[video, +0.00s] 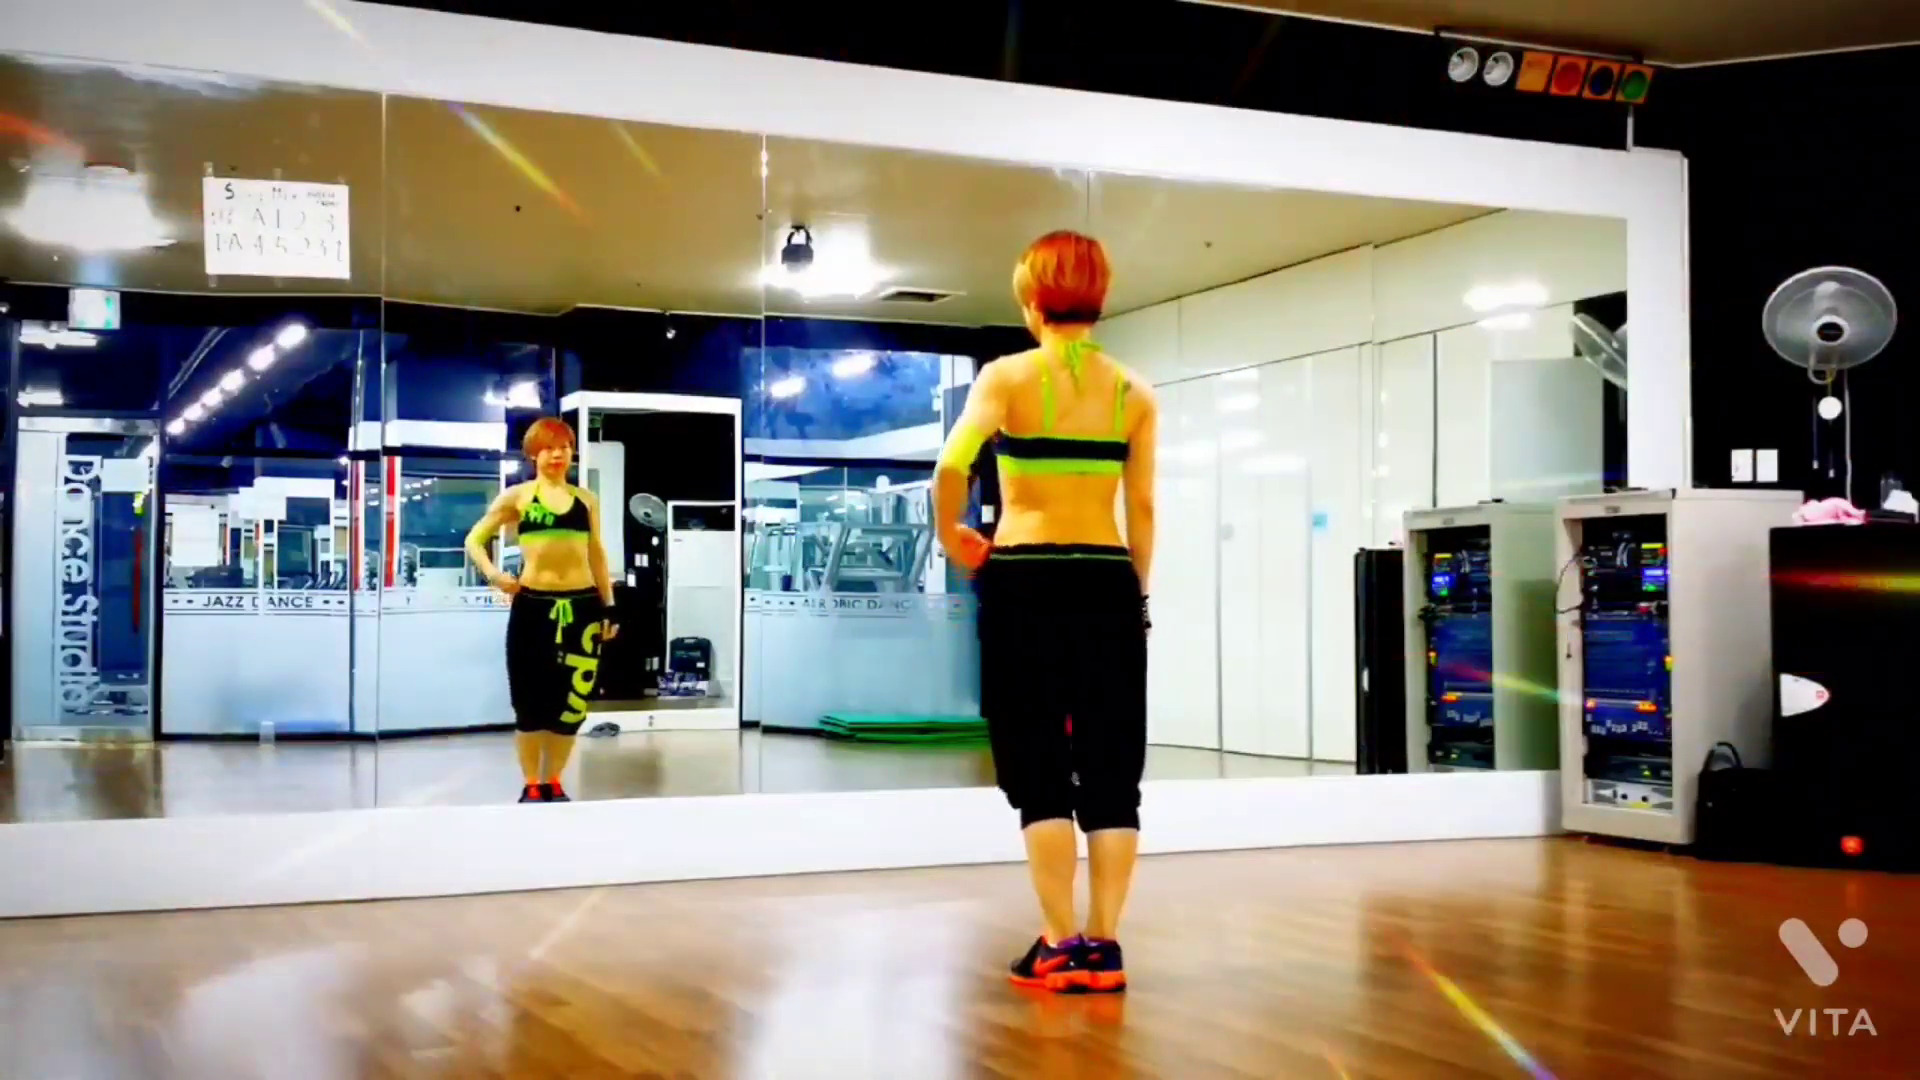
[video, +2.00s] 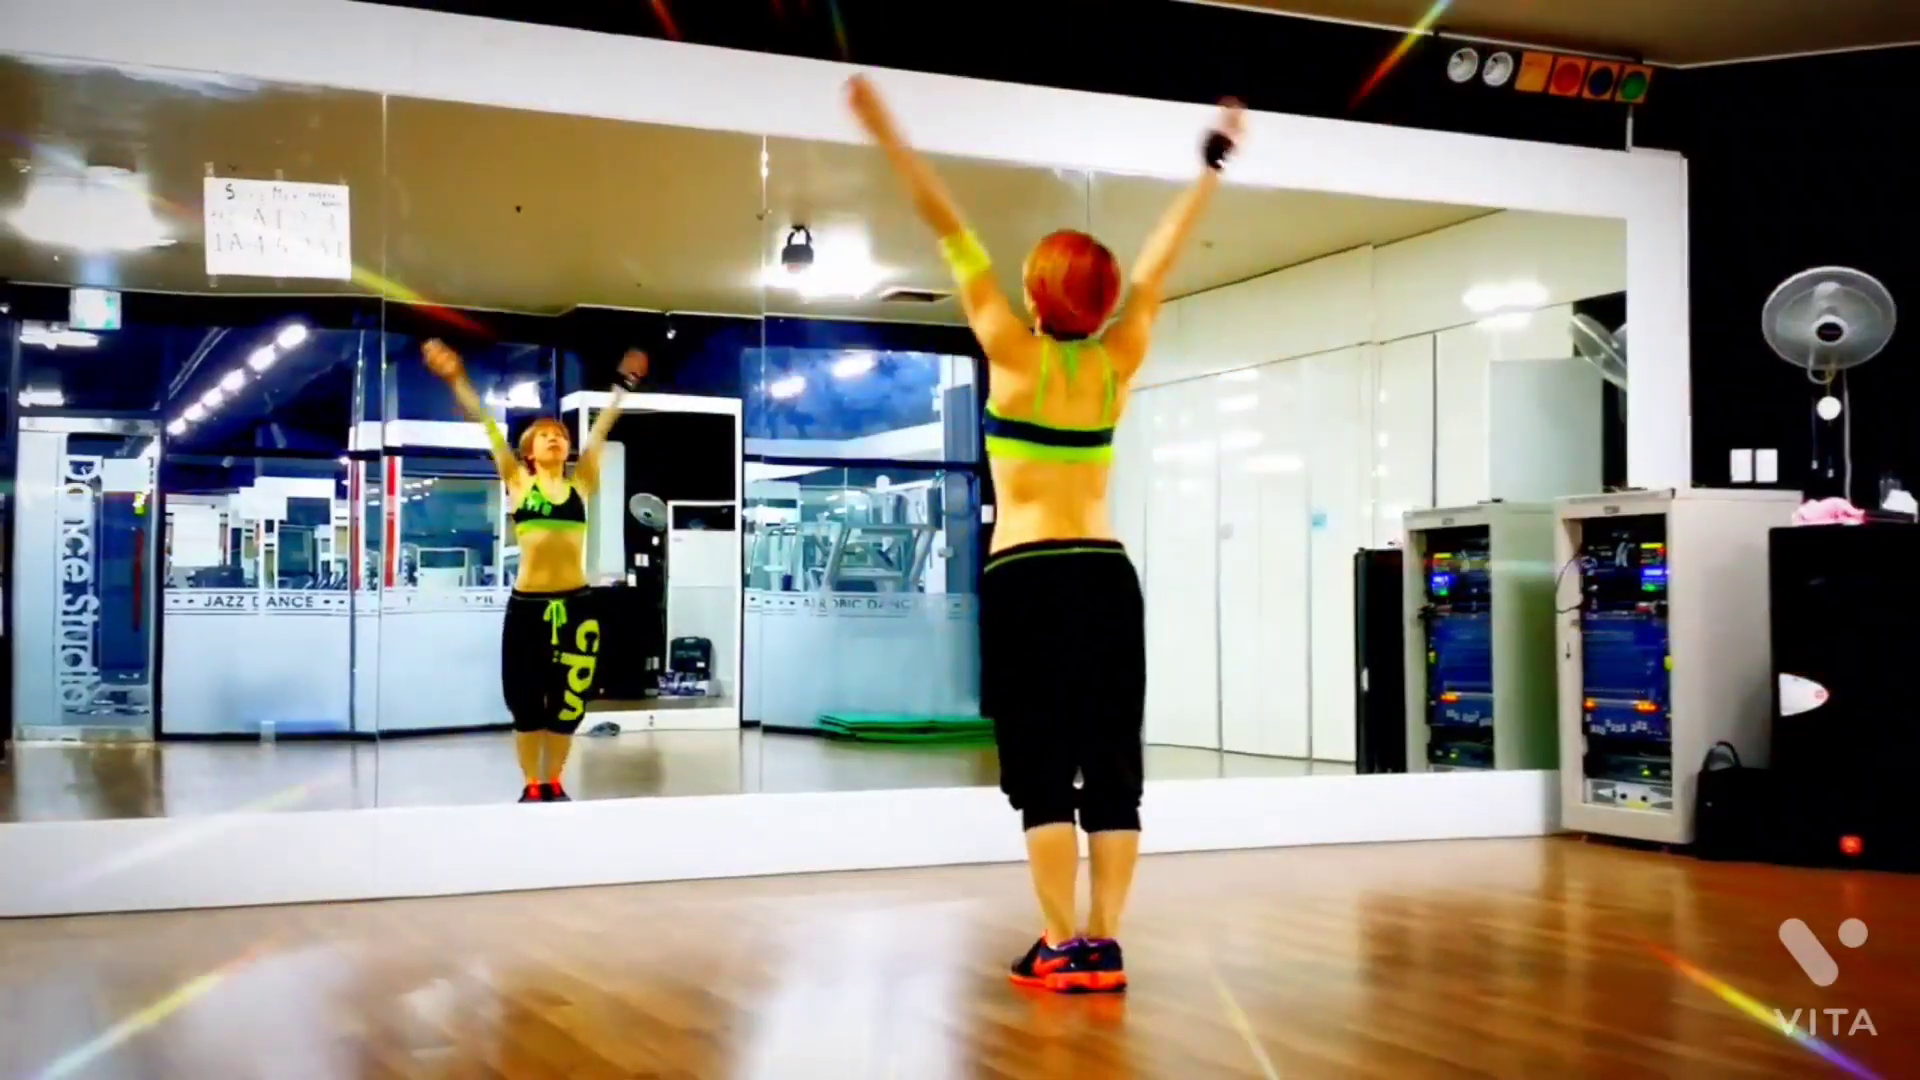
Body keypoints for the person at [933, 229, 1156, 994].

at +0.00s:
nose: (1023, 307)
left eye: (1024, 297)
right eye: (1031, 296)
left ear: (1032, 302)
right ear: (1100, 300)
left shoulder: (1004, 377)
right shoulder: (1133, 392)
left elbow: (952, 470)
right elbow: (1142, 504)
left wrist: (951, 536)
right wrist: (1137, 584)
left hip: (1021, 587)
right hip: (1107, 587)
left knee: (1034, 762)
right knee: (1114, 764)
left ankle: (1061, 938)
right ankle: (1104, 944)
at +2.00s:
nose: (1030, 281)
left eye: (1035, 274)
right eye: (1057, 274)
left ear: (1038, 294)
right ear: (1106, 301)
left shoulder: (1009, 349)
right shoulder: (1114, 362)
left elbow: (951, 230)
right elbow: (1161, 262)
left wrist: (886, 129)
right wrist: (1215, 162)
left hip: (1021, 575)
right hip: (1103, 573)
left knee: (1035, 766)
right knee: (1115, 763)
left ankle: (1063, 939)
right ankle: (1103, 943)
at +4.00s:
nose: (1015, 312)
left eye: (1017, 302)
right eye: (1018, 303)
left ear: (1031, 302)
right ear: (1092, 299)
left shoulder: (1011, 358)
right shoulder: (1135, 366)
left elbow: (957, 400)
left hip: (1030, 586)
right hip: (1115, 584)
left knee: (1040, 767)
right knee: (1118, 767)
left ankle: (1061, 939)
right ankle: (1104, 942)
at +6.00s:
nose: (1022, 290)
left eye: (1027, 281)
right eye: (1048, 279)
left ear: (1030, 290)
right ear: (1100, 292)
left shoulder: (1015, 346)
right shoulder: (1119, 357)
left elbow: (972, 230)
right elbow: (1147, 258)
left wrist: (926, 127)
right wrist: (1181, 147)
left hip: (1026, 570)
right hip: (1108, 569)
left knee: (1038, 757)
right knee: (1120, 758)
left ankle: (1064, 937)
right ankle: (1102, 942)